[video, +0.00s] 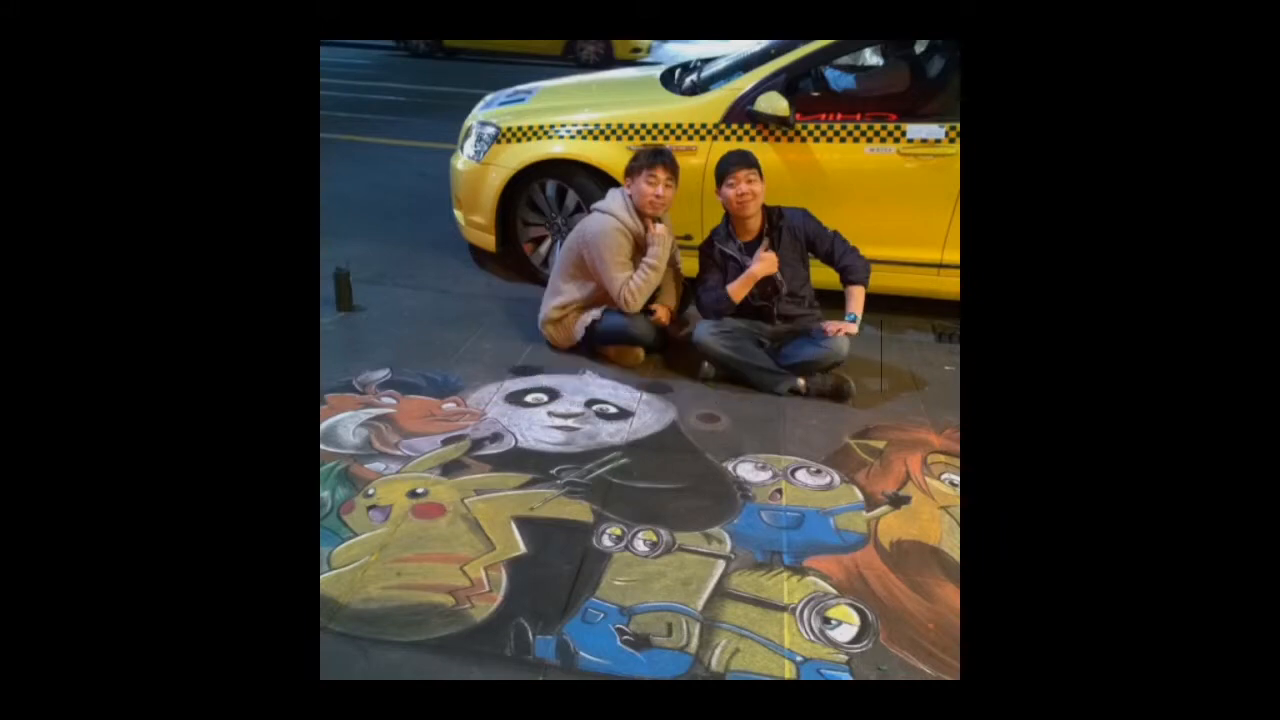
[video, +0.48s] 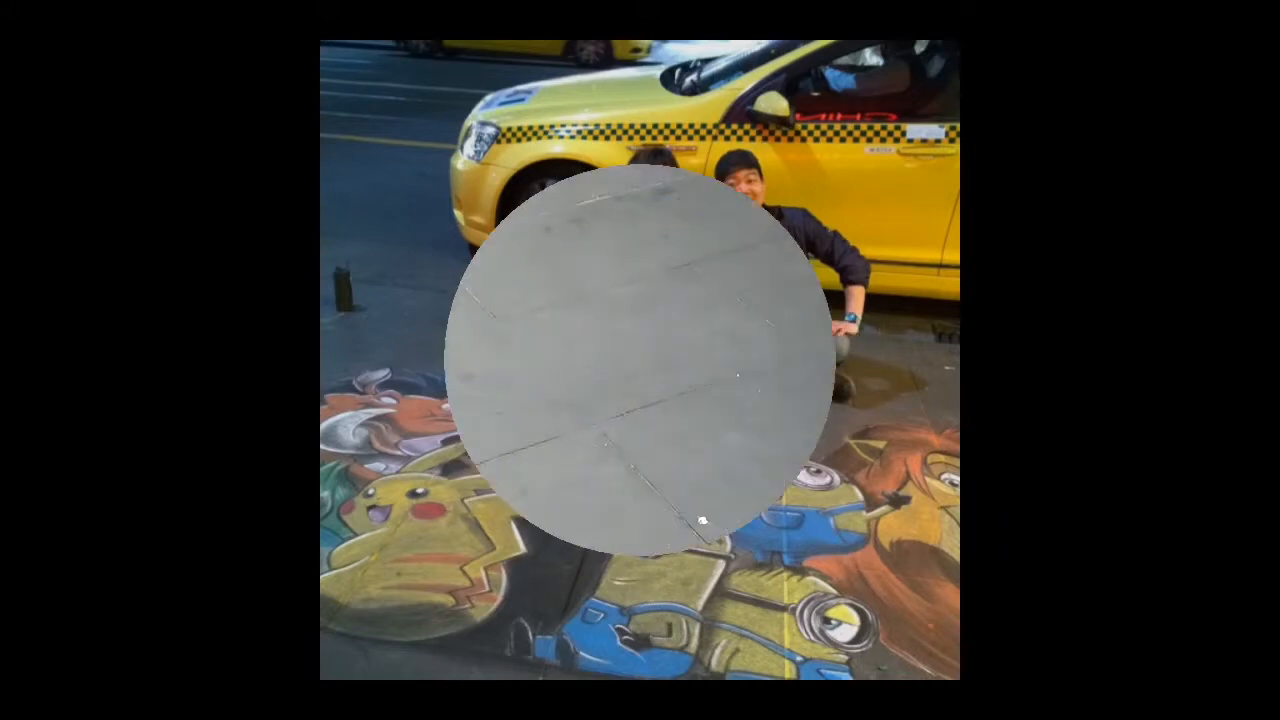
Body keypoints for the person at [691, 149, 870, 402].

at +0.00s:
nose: (743, 191)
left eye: (750, 181)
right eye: (732, 185)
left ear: (763, 187)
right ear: (720, 195)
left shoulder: (795, 222)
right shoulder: (713, 246)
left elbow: (853, 262)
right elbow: (709, 308)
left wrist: (851, 320)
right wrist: (752, 275)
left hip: (799, 328)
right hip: (747, 328)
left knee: (837, 345)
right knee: (704, 334)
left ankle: (734, 372)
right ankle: (798, 386)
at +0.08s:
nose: (743, 191)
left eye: (750, 181)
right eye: (732, 185)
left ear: (763, 187)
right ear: (720, 195)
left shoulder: (795, 222)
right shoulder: (713, 246)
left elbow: (853, 262)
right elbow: (709, 308)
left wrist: (851, 320)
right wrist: (752, 275)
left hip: (799, 328)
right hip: (747, 328)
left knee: (837, 345)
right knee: (704, 334)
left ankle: (734, 372)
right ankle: (798, 386)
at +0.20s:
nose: (743, 191)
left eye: (750, 181)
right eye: (732, 185)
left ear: (763, 187)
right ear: (720, 195)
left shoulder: (795, 222)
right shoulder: (713, 246)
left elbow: (853, 262)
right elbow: (709, 308)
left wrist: (851, 320)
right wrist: (752, 275)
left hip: (799, 328)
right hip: (747, 328)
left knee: (837, 345)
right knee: (704, 334)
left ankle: (734, 372)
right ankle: (798, 386)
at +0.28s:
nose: (743, 191)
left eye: (750, 181)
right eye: (732, 185)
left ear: (763, 186)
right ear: (720, 195)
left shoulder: (795, 222)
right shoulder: (713, 246)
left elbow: (853, 262)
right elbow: (708, 308)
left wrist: (851, 320)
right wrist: (752, 274)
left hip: (799, 327)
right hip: (747, 327)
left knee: (837, 345)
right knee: (706, 336)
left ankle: (741, 371)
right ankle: (798, 386)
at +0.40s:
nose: (742, 190)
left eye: (750, 181)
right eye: (732, 184)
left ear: (763, 187)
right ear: (720, 195)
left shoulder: (795, 222)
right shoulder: (713, 245)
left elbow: (853, 262)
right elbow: (709, 301)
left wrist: (852, 320)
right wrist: (753, 273)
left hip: (799, 329)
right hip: (744, 333)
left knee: (837, 346)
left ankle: (749, 370)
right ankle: (799, 386)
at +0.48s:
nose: (743, 190)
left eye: (750, 181)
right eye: (733, 184)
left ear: (763, 186)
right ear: (720, 191)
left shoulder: (792, 221)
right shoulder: (713, 231)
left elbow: (853, 262)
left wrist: (851, 320)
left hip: (792, 326)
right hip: (735, 331)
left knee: (839, 344)